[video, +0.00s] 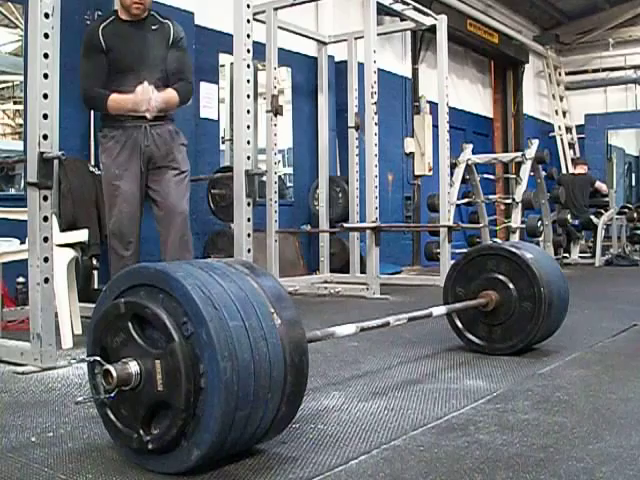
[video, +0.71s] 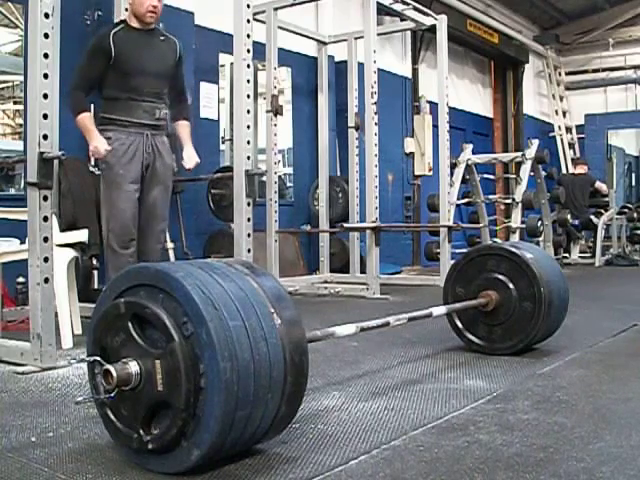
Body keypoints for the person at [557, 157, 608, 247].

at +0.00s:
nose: (586, 170)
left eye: (586, 168)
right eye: (586, 168)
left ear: (574, 168)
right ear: (586, 168)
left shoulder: (564, 178)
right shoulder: (588, 178)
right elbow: (604, 189)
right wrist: (594, 187)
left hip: (566, 217)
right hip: (583, 217)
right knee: (598, 226)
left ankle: (566, 253)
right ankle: (595, 254)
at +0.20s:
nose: (586, 171)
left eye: (586, 169)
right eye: (586, 169)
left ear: (574, 168)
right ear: (585, 169)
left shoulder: (564, 178)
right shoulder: (588, 178)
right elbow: (604, 189)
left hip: (566, 216)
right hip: (583, 216)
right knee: (598, 226)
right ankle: (595, 254)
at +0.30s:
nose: (586, 171)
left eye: (586, 169)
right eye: (586, 169)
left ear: (574, 168)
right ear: (585, 169)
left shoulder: (564, 178)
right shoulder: (588, 178)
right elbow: (604, 189)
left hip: (566, 215)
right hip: (583, 216)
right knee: (599, 226)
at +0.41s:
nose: (586, 171)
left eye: (586, 169)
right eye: (586, 169)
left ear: (574, 168)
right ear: (586, 168)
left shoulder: (564, 178)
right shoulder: (588, 178)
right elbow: (604, 189)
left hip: (566, 216)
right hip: (583, 216)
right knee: (599, 227)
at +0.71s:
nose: (587, 170)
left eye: (586, 167)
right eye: (586, 168)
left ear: (574, 168)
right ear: (586, 168)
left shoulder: (564, 178)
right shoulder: (588, 178)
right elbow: (604, 190)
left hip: (566, 217)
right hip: (583, 216)